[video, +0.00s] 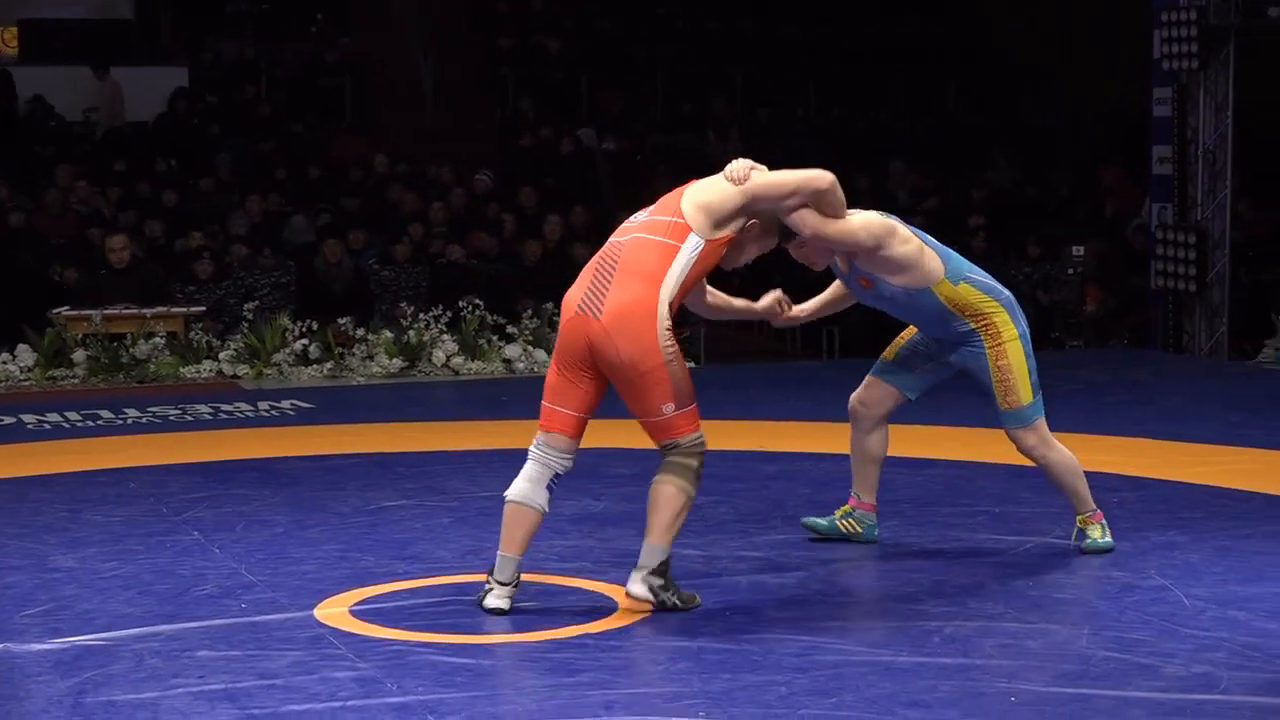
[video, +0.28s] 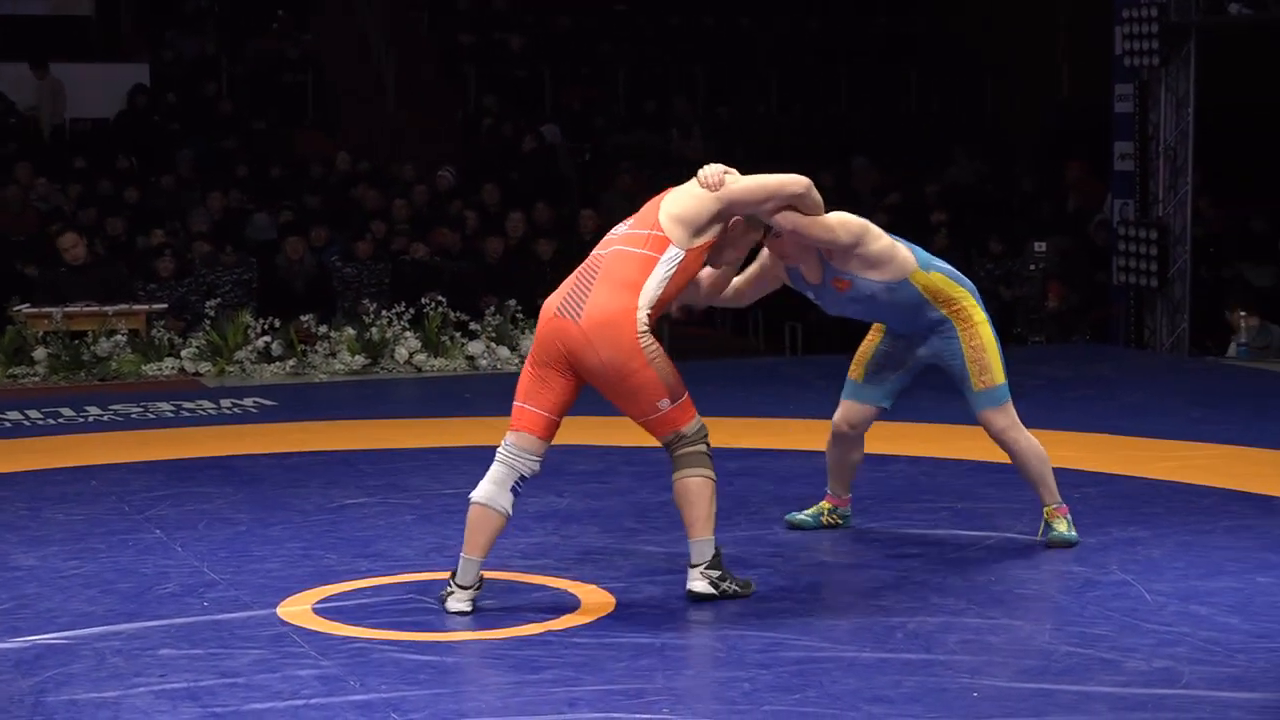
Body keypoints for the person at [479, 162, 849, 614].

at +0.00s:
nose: (756, 256)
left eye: (766, 250)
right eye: (766, 243)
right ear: (757, 219)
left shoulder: (671, 223)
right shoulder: (724, 197)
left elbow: (705, 302)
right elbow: (822, 179)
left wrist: (760, 310)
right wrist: (838, 229)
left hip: (575, 318)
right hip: (635, 325)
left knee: (545, 458)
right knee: (683, 450)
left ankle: (500, 584)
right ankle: (649, 573)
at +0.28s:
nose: (754, 247)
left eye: (760, 242)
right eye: (758, 235)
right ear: (738, 215)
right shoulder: (702, 199)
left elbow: (720, 286)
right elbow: (801, 186)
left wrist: (781, 252)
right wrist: (818, 227)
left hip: (555, 322)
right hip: (618, 330)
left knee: (511, 462)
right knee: (689, 444)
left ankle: (461, 586)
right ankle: (705, 569)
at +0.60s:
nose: (723, 263)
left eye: (728, 255)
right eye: (725, 253)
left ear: (683, 230)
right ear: (707, 240)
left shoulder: (635, 250)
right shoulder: (681, 269)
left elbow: (709, 329)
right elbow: (667, 369)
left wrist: (754, 282)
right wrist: (723, 378)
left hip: (514, 350)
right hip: (576, 352)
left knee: (550, 455)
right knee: (655, 454)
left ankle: (459, 539)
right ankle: (693, 570)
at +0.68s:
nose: (708, 262)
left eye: (714, 253)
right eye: (710, 250)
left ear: (678, 229)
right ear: (688, 235)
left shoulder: (626, 246)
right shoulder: (650, 253)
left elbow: (676, 355)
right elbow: (598, 324)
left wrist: (750, 339)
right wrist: (606, 388)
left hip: (479, 339)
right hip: (530, 338)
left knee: (522, 453)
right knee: (609, 455)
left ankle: (441, 547)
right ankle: (678, 563)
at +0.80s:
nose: (693, 276)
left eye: (697, 266)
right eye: (695, 263)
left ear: (670, 248)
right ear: (672, 248)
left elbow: (581, 397)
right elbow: (548, 263)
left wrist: (579, 473)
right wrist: (599, 327)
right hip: (475, 315)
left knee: (499, 447)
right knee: (549, 434)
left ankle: (431, 553)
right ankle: (550, 565)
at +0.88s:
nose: (681, 299)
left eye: (688, 289)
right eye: (687, 286)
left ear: (663, 268)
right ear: (666, 266)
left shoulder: (589, 317)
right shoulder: (604, 252)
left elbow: (538, 388)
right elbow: (534, 250)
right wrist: (582, 305)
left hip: (449, 319)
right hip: (449, 311)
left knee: (477, 445)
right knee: (497, 445)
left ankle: (427, 559)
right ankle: (519, 578)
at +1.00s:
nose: (659, 314)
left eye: (666, 306)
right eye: (665, 303)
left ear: (645, 282)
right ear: (650, 284)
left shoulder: (571, 308)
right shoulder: (586, 266)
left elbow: (513, 378)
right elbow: (535, 284)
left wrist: (513, 442)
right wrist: (589, 351)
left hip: (426, 320)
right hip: (431, 320)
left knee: (459, 446)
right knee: (482, 449)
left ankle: (423, 560)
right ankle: (478, 590)